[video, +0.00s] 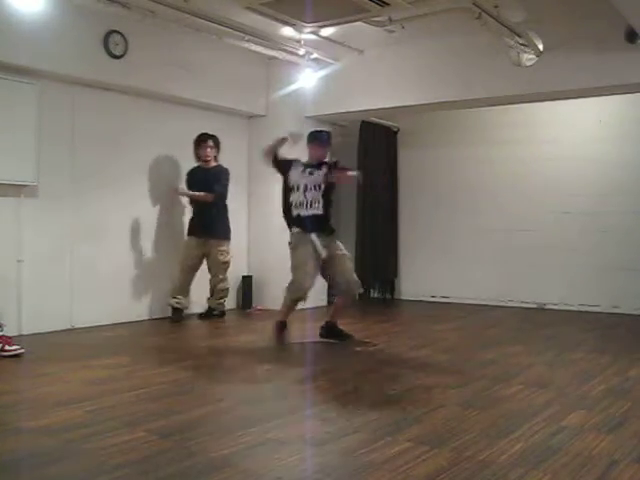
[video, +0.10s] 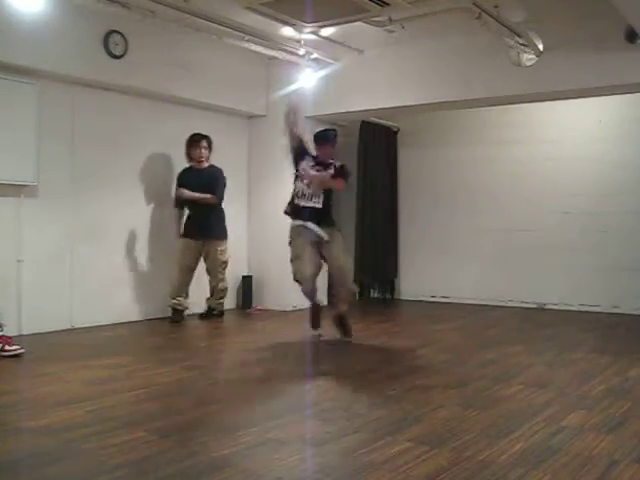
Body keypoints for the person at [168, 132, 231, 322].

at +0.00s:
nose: (207, 151)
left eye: (211, 147)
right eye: (203, 147)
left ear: (216, 151)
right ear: (196, 151)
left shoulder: (222, 172)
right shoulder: (192, 173)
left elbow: (216, 197)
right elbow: (194, 200)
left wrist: (189, 194)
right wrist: (195, 204)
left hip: (218, 230)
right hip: (197, 228)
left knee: (219, 272)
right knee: (186, 270)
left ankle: (217, 306)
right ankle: (178, 306)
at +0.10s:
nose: (202, 152)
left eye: (205, 148)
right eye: (197, 148)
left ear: (209, 151)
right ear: (189, 151)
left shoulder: (217, 173)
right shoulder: (184, 174)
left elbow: (216, 199)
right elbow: (179, 204)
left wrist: (188, 195)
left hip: (215, 230)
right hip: (192, 228)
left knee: (217, 272)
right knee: (184, 270)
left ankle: (216, 306)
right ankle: (178, 307)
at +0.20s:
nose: (195, 150)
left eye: (198, 147)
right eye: (189, 148)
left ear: (202, 149)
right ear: (182, 153)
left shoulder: (212, 172)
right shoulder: (178, 177)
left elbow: (221, 197)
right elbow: (166, 204)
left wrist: (203, 208)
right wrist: (162, 229)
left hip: (214, 232)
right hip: (190, 232)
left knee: (216, 272)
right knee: (183, 271)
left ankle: (213, 306)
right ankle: (178, 307)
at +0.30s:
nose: (194, 151)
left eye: (196, 147)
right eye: (189, 148)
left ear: (200, 149)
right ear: (180, 154)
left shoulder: (210, 172)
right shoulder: (177, 178)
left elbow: (216, 201)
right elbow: (160, 204)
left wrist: (219, 224)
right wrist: (155, 230)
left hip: (213, 231)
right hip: (191, 233)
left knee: (216, 271)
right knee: (183, 272)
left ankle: (214, 307)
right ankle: (178, 307)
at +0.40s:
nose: (197, 151)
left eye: (198, 147)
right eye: (191, 149)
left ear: (202, 148)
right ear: (182, 154)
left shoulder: (211, 172)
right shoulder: (178, 177)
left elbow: (221, 201)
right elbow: (164, 206)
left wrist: (232, 225)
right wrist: (153, 231)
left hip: (215, 234)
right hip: (190, 235)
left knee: (218, 272)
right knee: (182, 274)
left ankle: (221, 306)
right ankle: (178, 308)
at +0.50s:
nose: (204, 151)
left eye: (206, 147)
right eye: (199, 148)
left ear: (208, 149)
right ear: (189, 152)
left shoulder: (213, 173)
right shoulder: (183, 176)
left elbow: (227, 198)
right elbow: (170, 204)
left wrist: (241, 217)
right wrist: (165, 229)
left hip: (216, 233)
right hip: (192, 235)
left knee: (221, 270)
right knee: (185, 273)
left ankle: (225, 305)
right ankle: (178, 307)